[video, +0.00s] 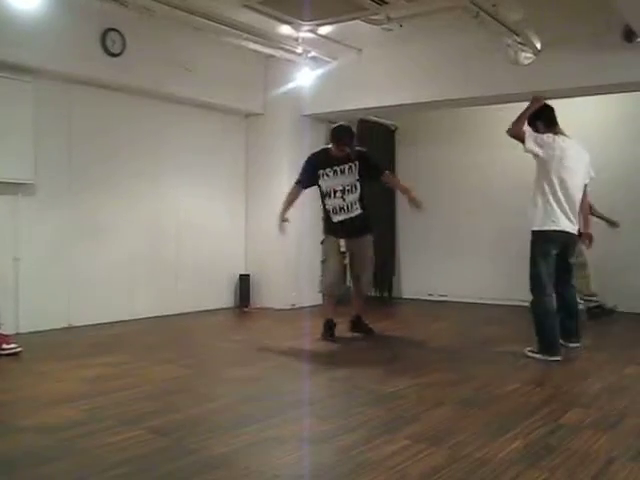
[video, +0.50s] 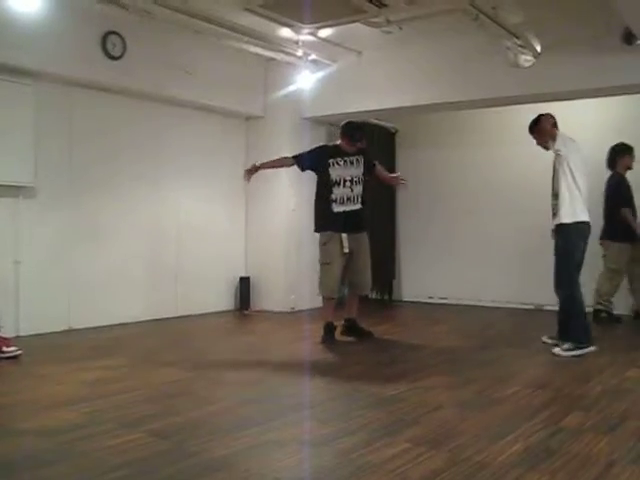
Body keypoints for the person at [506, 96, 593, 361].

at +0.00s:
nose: (534, 133)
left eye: (534, 128)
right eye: (535, 129)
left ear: (540, 125)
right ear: (557, 122)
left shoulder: (548, 143)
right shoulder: (580, 151)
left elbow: (514, 130)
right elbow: (584, 195)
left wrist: (531, 107)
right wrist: (586, 227)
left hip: (547, 228)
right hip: (570, 229)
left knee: (542, 289)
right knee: (564, 284)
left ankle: (549, 348)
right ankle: (571, 337)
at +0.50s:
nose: (538, 143)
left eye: (538, 137)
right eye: (535, 139)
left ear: (550, 126)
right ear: (550, 128)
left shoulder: (568, 149)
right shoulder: (561, 153)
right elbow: (563, 191)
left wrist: (550, 124)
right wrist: (558, 222)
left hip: (573, 223)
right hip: (566, 223)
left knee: (568, 284)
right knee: (564, 284)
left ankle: (580, 339)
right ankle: (565, 333)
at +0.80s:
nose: (550, 135)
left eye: (552, 130)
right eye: (549, 130)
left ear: (564, 127)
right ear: (562, 129)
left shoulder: (584, 147)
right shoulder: (564, 156)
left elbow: (593, 123)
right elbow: (563, 193)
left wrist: (574, 111)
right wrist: (558, 224)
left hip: (588, 222)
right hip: (568, 224)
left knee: (598, 280)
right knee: (564, 282)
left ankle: (620, 334)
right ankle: (568, 333)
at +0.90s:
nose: (559, 134)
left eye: (561, 129)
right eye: (558, 129)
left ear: (573, 127)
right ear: (570, 128)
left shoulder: (593, 146)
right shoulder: (563, 157)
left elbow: (611, 125)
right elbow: (562, 193)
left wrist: (585, 111)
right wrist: (557, 226)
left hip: (595, 223)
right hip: (570, 225)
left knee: (608, 282)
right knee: (566, 283)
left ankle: (625, 337)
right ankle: (568, 333)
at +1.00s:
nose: (570, 135)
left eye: (573, 131)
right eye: (569, 130)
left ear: (586, 129)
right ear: (575, 130)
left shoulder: (606, 149)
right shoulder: (569, 158)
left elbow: (627, 129)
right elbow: (565, 193)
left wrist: (599, 114)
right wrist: (555, 225)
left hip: (602, 225)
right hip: (576, 228)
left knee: (615, 284)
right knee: (567, 285)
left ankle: (625, 340)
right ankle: (567, 333)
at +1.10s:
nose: (582, 135)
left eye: (586, 131)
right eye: (582, 130)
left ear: (599, 132)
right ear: (583, 131)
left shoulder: (616, 153)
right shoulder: (576, 158)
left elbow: (639, 133)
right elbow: (568, 192)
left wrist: (614, 117)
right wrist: (557, 223)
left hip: (613, 229)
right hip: (584, 231)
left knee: (621, 287)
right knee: (574, 285)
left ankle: (625, 339)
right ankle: (568, 332)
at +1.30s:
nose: (600, 132)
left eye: (605, 128)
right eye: (599, 127)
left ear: (618, 130)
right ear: (601, 126)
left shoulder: (633, 152)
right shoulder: (589, 154)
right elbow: (580, 187)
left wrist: (635, 115)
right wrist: (569, 217)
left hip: (626, 230)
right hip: (594, 228)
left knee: (627, 288)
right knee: (582, 284)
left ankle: (625, 339)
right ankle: (573, 333)